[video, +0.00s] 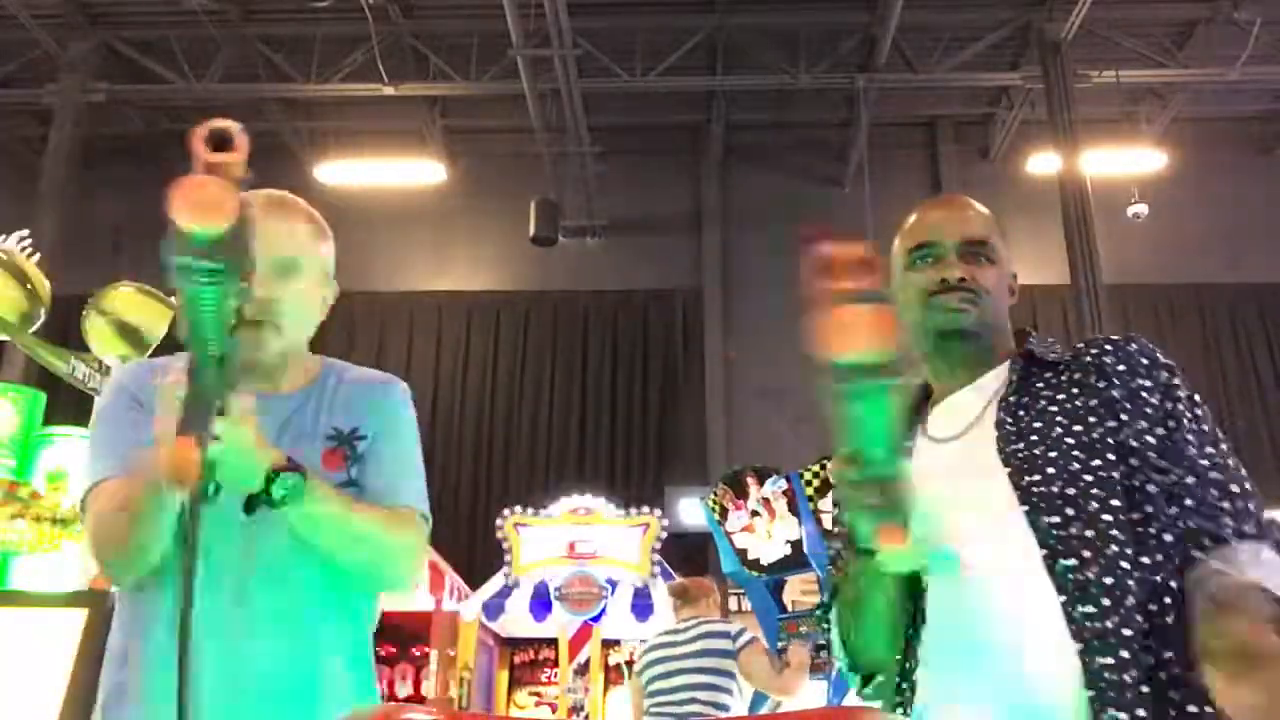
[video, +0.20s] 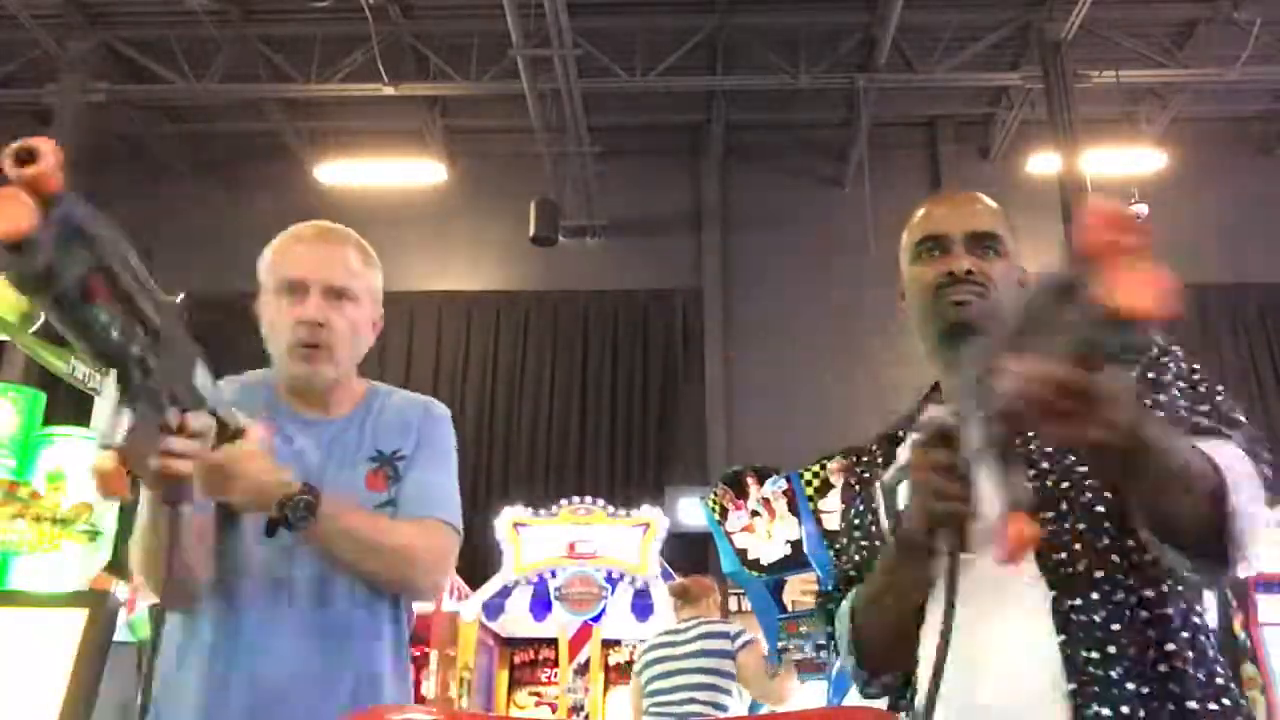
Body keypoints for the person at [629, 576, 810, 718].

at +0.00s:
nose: (721, 609)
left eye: (720, 604)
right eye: (720, 603)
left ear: (675, 610)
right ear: (712, 601)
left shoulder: (647, 649)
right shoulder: (730, 633)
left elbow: (638, 715)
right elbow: (787, 687)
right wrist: (800, 659)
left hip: (660, 716)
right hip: (707, 713)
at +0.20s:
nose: (721, 609)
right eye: (720, 603)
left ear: (677, 609)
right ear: (713, 601)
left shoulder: (647, 647)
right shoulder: (730, 633)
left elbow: (638, 711)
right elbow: (774, 694)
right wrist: (790, 661)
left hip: (658, 714)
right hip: (710, 713)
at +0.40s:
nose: (721, 612)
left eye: (719, 605)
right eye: (719, 605)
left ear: (675, 609)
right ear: (715, 601)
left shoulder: (646, 647)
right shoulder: (729, 632)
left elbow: (637, 713)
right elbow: (754, 695)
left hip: (657, 714)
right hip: (708, 713)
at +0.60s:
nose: (719, 605)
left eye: (716, 596)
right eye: (714, 596)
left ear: (672, 606)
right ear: (705, 597)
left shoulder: (646, 647)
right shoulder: (727, 630)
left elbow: (634, 712)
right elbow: (777, 680)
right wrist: (792, 661)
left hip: (655, 715)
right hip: (707, 713)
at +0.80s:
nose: (717, 606)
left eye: (715, 599)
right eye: (714, 599)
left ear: (673, 606)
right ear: (707, 596)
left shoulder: (647, 646)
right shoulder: (729, 631)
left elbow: (629, 711)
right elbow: (773, 677)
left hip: (656, 715)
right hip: (707, 713)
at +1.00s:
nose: (717, 611)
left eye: (715, 606)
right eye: (716, 605)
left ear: (674, 612)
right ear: (713, 603)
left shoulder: (647, 649)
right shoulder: (730, 633)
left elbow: (643, 703)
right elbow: (786, 681)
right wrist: (797, 654)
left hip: (655, 714)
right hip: (707, 712)